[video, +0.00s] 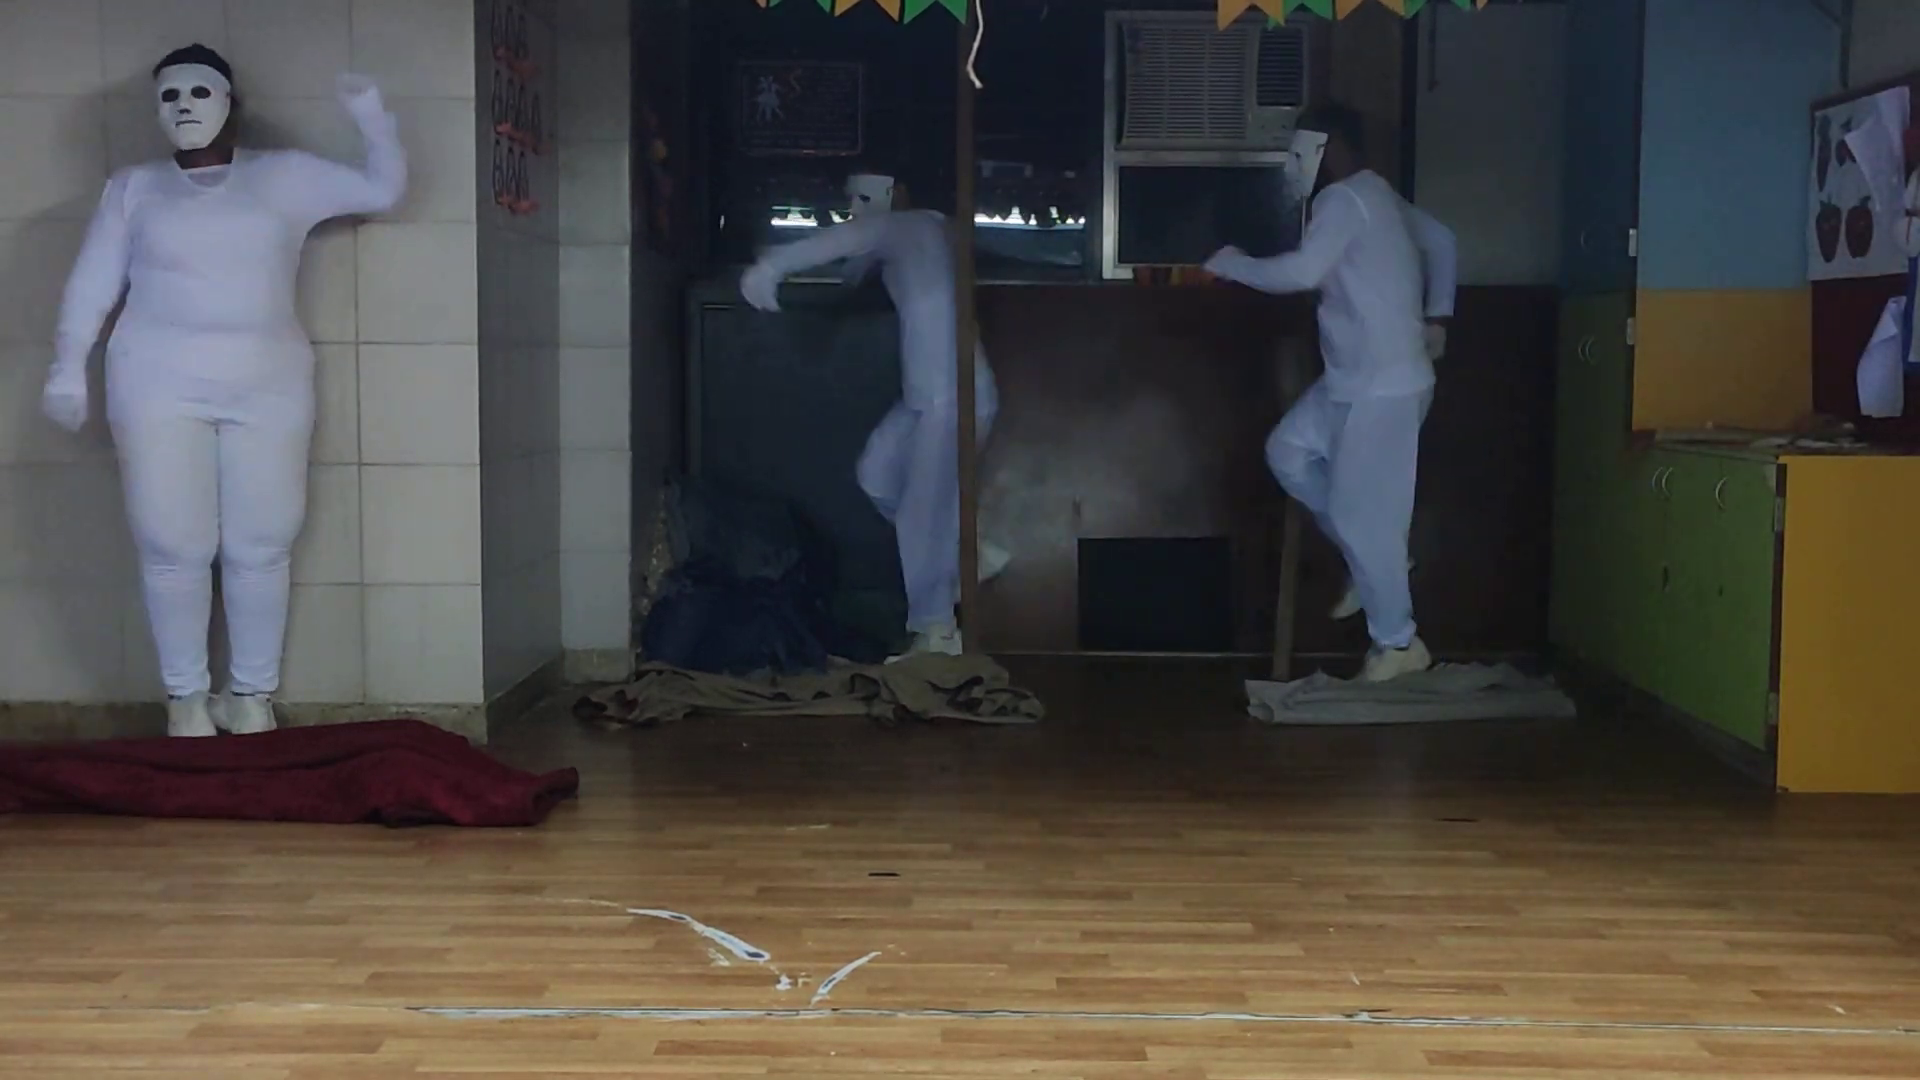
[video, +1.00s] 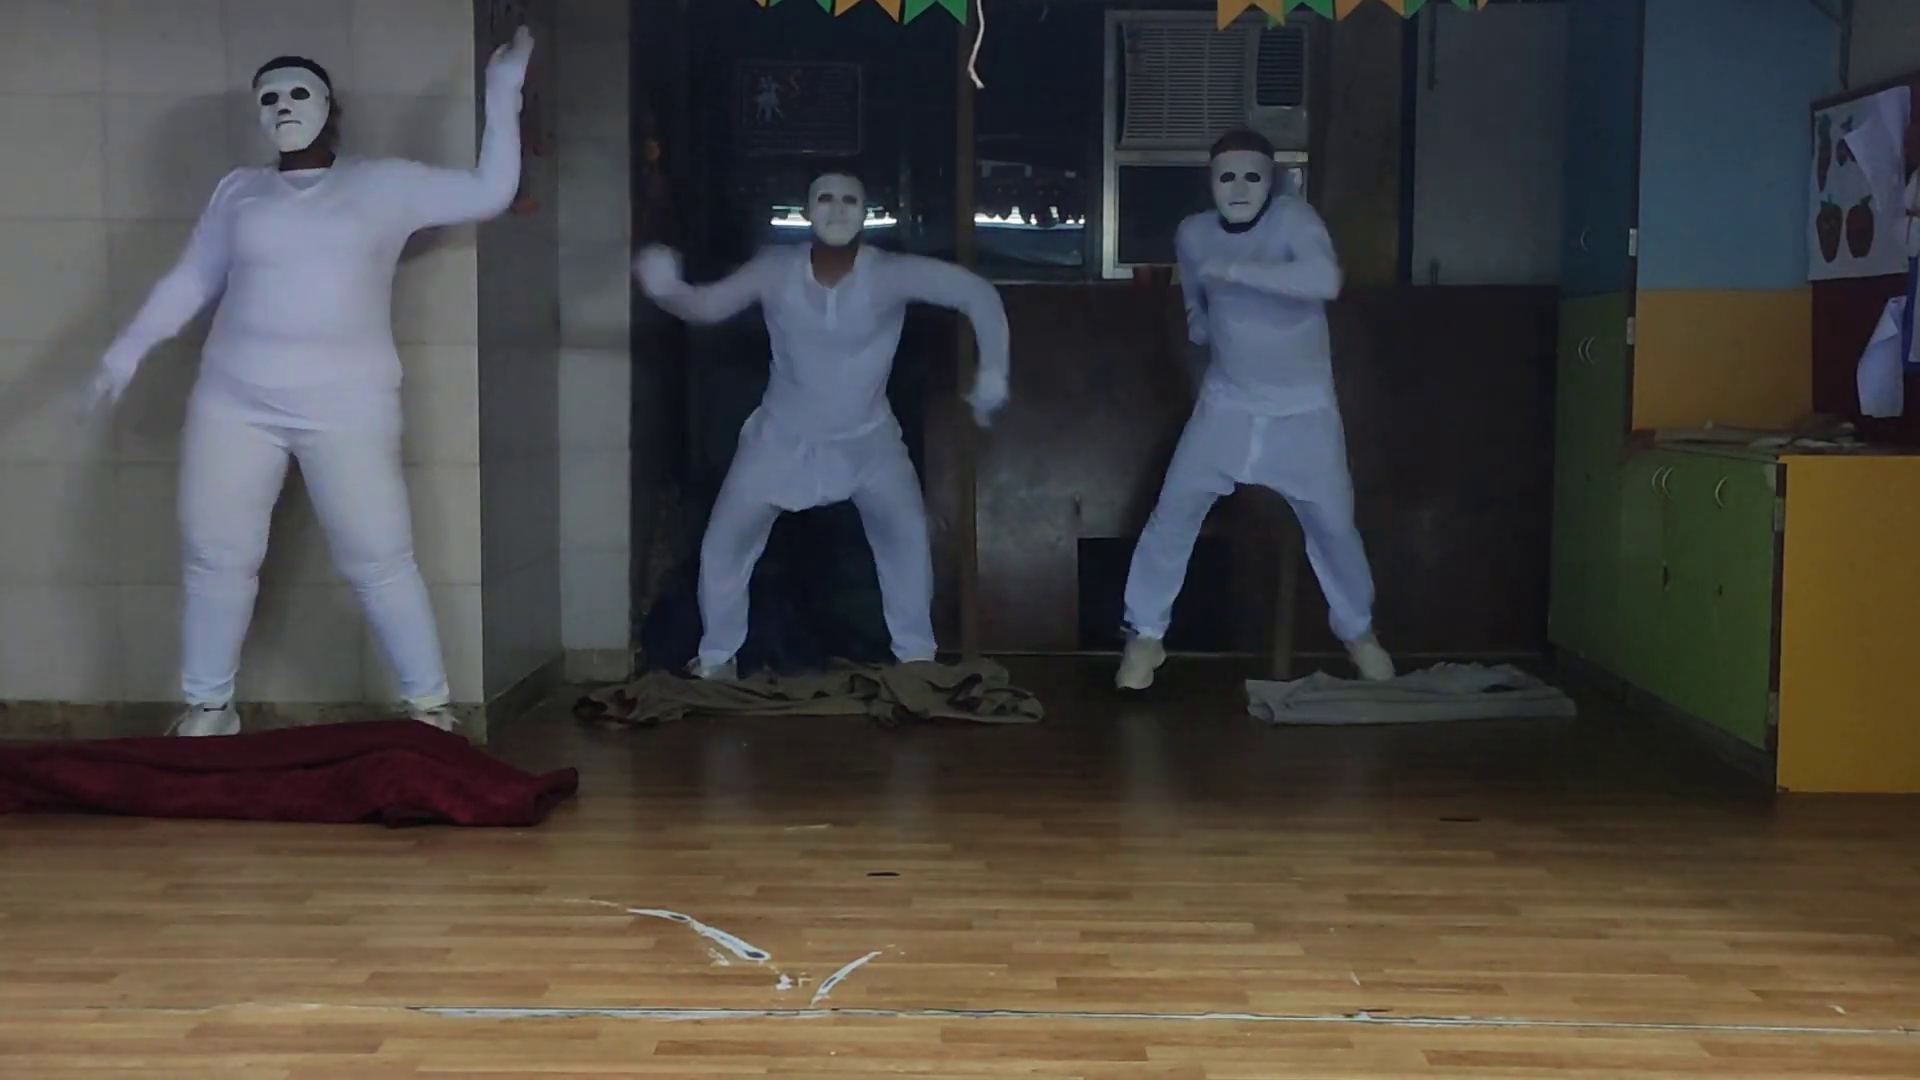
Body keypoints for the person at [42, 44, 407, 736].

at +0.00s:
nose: (185, 108)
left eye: (200, 93)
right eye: (171, 96)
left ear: (229, 101)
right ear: (158, 109)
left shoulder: (282, 179)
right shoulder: (134, 191)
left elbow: (382, 190)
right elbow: (92, 284)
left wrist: (375, 124)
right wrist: (69, 368)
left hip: (268, 389)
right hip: (159, 390)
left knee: (260, 548)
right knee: (174, 549)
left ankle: (252, 699)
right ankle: (187, 701)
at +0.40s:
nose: (217, 121)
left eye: (231, 106)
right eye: (203, 112)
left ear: (262, 112)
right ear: (192, 126)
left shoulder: (315, 190)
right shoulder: (185, 207)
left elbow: (413, 238)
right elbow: (137, 281)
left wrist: (330, 209)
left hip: (310, 408)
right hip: (201, 412)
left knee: (332, 561)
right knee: (199, 562)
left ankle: (352, 706)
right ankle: (200, 711)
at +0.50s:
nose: (265, 106)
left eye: (285, 100)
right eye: (256, 93)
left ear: (311, 118)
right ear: (238, 103)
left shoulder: (337, 183)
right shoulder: (198, 183)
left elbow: (434, 241)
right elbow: (104, 200)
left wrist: (387, 219)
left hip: (333, 398)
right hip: (227, 401)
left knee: (362, 553)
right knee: (222, 560)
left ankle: (411, 708)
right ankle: (210, 711)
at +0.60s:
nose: (303, 129)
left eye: (324, 126)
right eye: (297, 112)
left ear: (342, 148)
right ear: (277, 116)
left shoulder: (358, 207)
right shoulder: (215, 191)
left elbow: (439, 259)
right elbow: (119, 130)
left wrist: (468, 274)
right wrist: (73, 42)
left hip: (364, 405)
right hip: (263, 413)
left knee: (391, 559)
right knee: (239, 568)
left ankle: (434, 711)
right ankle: (243, 708)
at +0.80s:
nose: (301, 132)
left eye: (320, 120)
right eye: (289, 118)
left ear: (348, 135)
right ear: (275, 128)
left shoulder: (383, 219)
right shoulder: (247, 205)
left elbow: (438, 302)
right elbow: (143, 181)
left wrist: (451, 329)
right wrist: (145, 80)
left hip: (388, 421)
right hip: (281, 427)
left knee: (405, 573)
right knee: (247, 566)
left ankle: (433, 715)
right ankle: (261, 706)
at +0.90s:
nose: (297, 108)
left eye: (312, 96)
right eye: (283, 98)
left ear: (341, 107)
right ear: (269, 112)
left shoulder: (384, 194)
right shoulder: (241, 188)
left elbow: (465, 261)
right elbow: (167, 247)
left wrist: (484, 192)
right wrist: (154, 210)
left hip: (373, 404)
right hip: (265, 403)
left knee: (393, 557)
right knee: (225, 547)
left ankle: (434, 714)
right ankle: (235, 702)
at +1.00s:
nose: (283, 106)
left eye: (298, 94)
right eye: (270, 98)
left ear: (328, 107)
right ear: (258, 117)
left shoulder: (381, 187)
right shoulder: (238, 194)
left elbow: (492, 190)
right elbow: (188, 283)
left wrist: (502, 94)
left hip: (345, 403)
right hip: (235, 399)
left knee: (379, 560)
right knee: (216, 557)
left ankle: (430, 712)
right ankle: (206, 711)